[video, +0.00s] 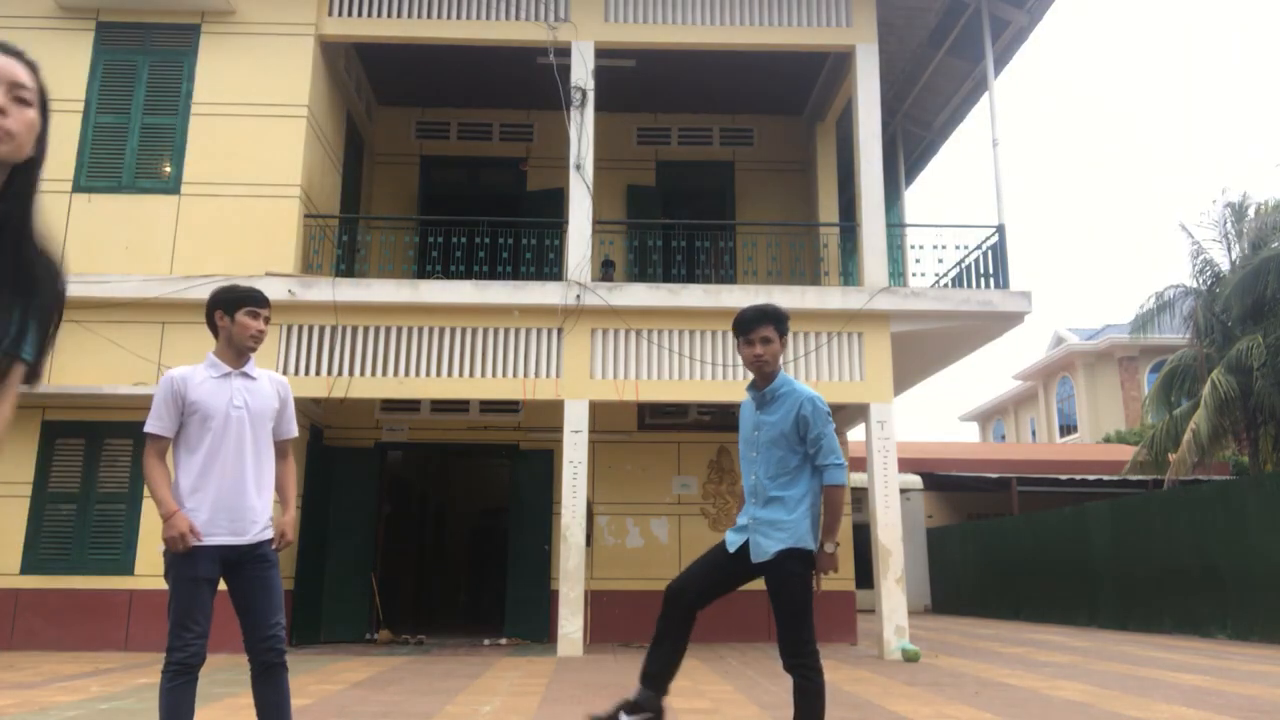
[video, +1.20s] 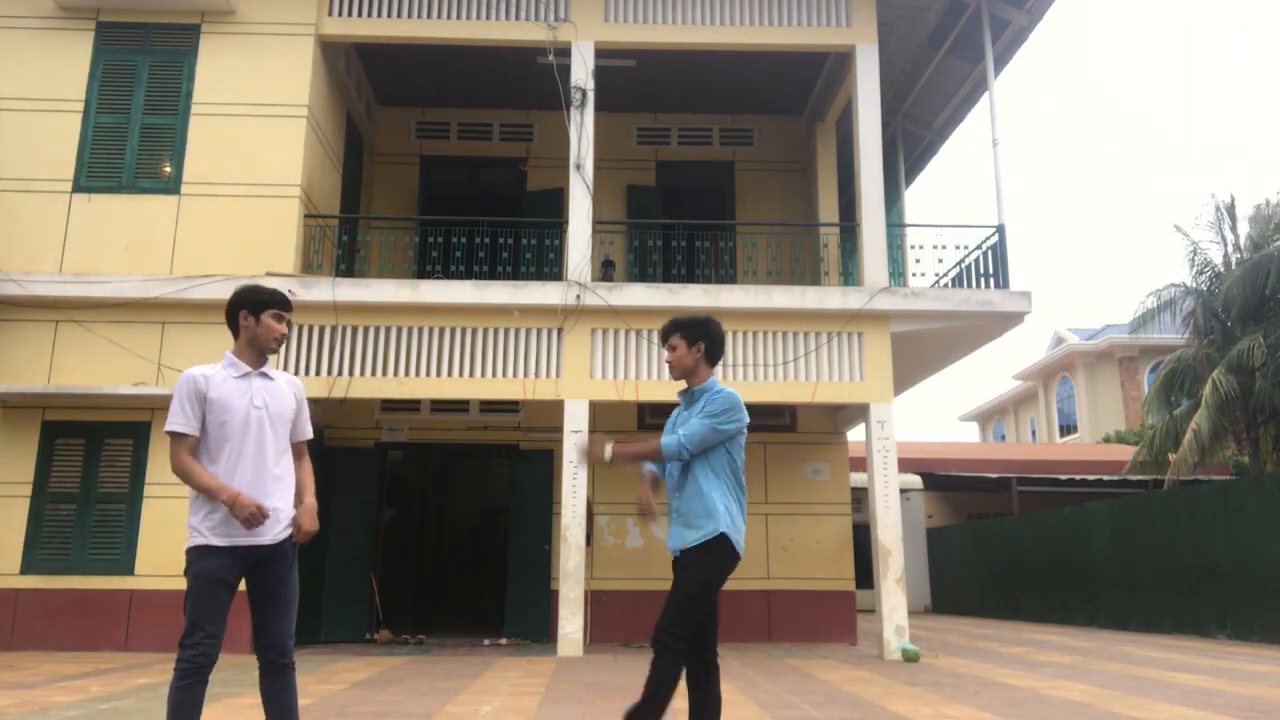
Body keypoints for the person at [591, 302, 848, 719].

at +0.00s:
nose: (756, 351)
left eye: (765, 341)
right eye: (747, 343)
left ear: (783, 344)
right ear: (739, 349)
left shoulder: (806, 404)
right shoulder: (750, 405)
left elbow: (835, 473)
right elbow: (758, 474)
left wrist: (829, 544)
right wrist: (747, 517)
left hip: (791, 541)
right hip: (749, 536)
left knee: (800, 657)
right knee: (680, 595)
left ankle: (810, 719)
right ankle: (648, 701)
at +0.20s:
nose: (731, 354)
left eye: (741, 345)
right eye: (728, 346)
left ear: (768, 348)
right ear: (726, 350)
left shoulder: (793, 405)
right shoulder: (730, 410)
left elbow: (820, 475)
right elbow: (736, 482)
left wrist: (815, 546)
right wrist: (728, 534)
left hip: (775, 548)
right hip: (731, 548)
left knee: (793, 657)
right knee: (699, 641)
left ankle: (806, 718)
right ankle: (695, 717)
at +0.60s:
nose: (680, 353)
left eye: (685, 344)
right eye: (680, 345)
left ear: (711, 347)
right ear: (704, 349)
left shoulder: (743, 404)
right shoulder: (702, 410)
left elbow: (757, 475)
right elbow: (696, 487)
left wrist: (753, 543)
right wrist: (671, 537)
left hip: (728, 548)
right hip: (696, 550)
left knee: (737, 646)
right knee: (704, 655)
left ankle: (781, 716)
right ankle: (706, 719)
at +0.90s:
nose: (665, 356)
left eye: (672, 348)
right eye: (666, 349)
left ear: (697, 351)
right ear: (692, 353)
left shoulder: (722, 402)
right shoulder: (696, 408)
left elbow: (726, 476)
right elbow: (686, 485)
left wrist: (716, 540)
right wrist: (665, 543)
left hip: (709, 543)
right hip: (693, 543)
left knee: (682, 640)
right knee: (703, 648)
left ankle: (730, 715)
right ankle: (706, 716)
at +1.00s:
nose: (665, 356)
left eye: (671, 348)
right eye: (665, 348)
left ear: (696, 350)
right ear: (690, 353)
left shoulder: (720, 402)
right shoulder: (695, 406)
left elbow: (710, 474)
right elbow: (687, 480)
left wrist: (699, 535)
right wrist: (669, 538)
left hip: (709, 542)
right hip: (692, 542)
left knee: (678, 641)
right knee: (701, 647)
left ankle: (705, 713)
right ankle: (707, 714)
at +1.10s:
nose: (666, 357)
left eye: (672, 349)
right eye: (665, 349)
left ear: (698, 351)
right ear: (688, 353)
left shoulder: (724, 402)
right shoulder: (685, 411)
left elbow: (682, 465)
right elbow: (677, 477)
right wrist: (662, 530)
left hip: (713, 538)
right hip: (688, 541)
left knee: (676, 643)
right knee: (700, 649)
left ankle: (674, 714)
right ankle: (704, 715)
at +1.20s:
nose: (667, 357)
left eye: (673, 349)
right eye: (666, 350)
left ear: (700, 350)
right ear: (692, 353)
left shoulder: (727, 401)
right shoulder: (681, 412)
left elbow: (680, 445)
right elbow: (657, 459)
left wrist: (612, 450)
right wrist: (646, 485)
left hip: (715, 538)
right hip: (688, 540)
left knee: (670, 638)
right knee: (701, 651)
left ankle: (646, 712)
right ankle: (705, 716)